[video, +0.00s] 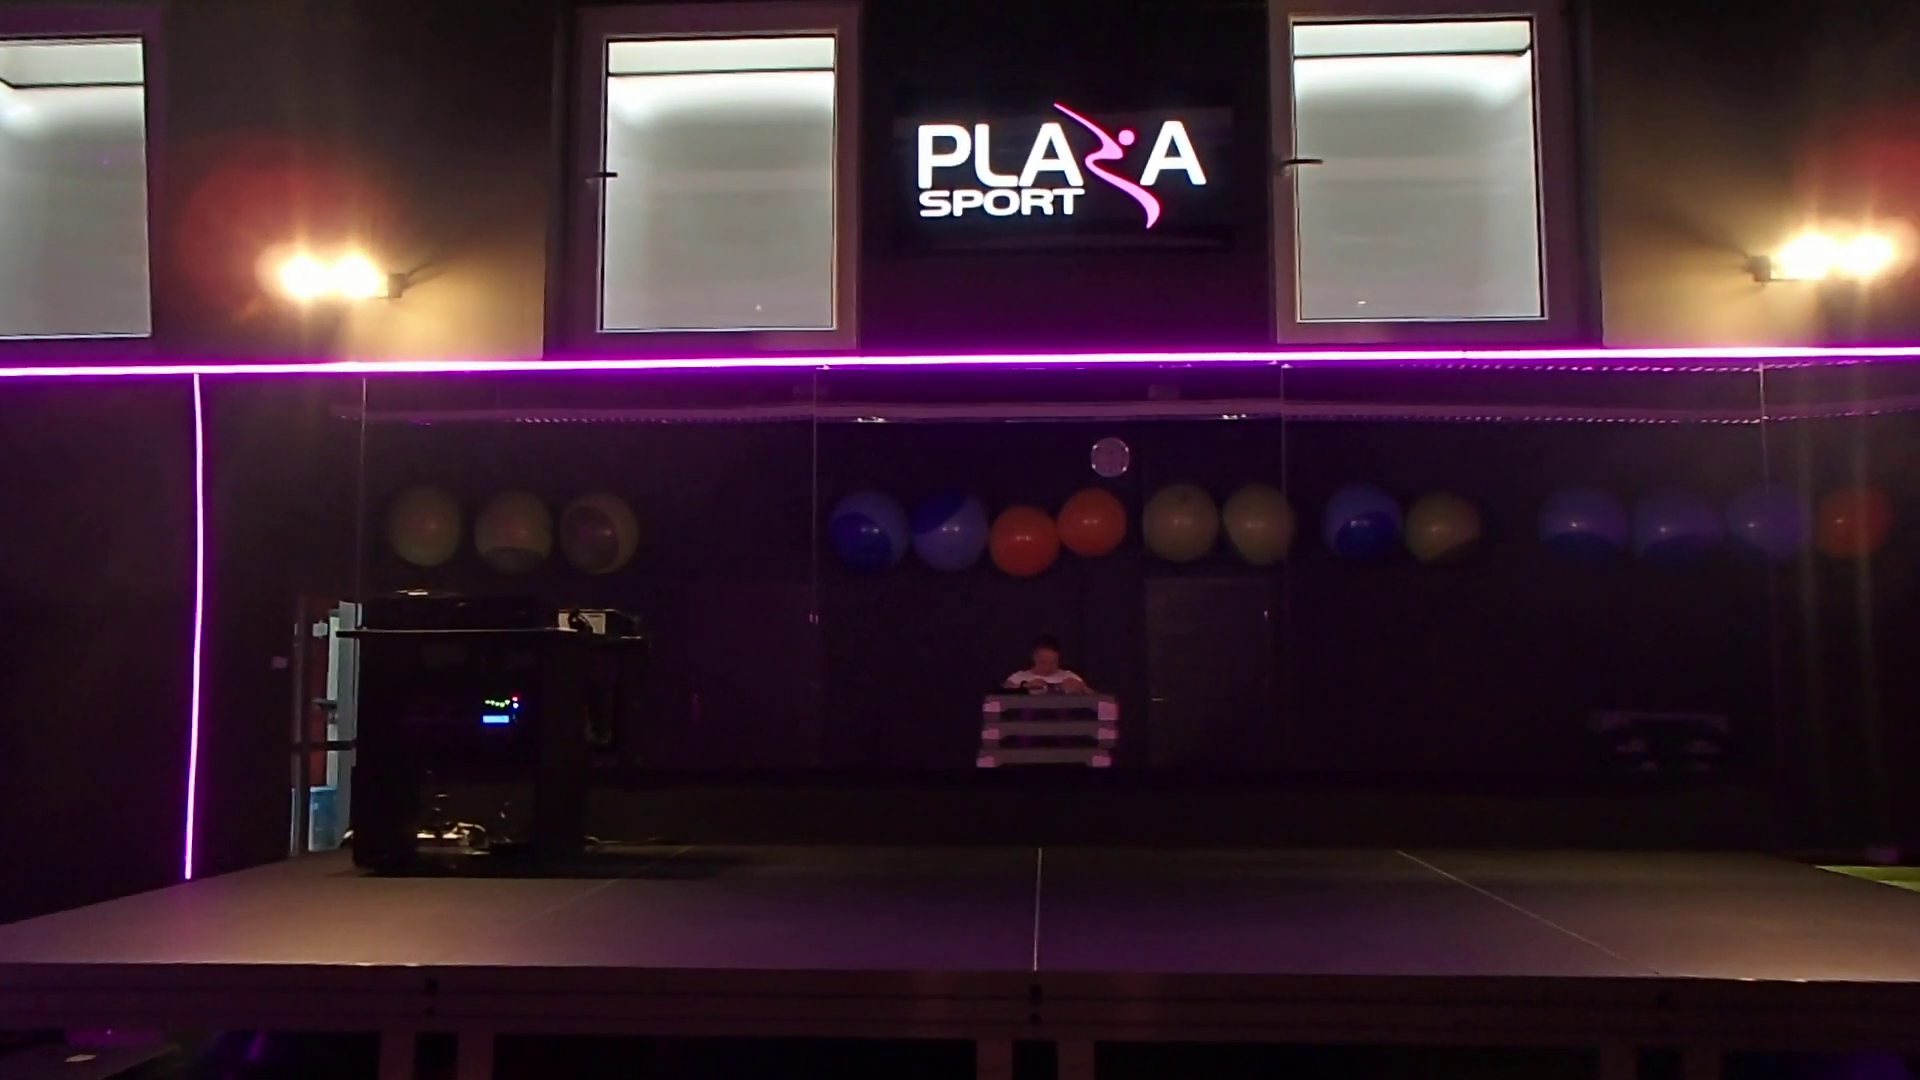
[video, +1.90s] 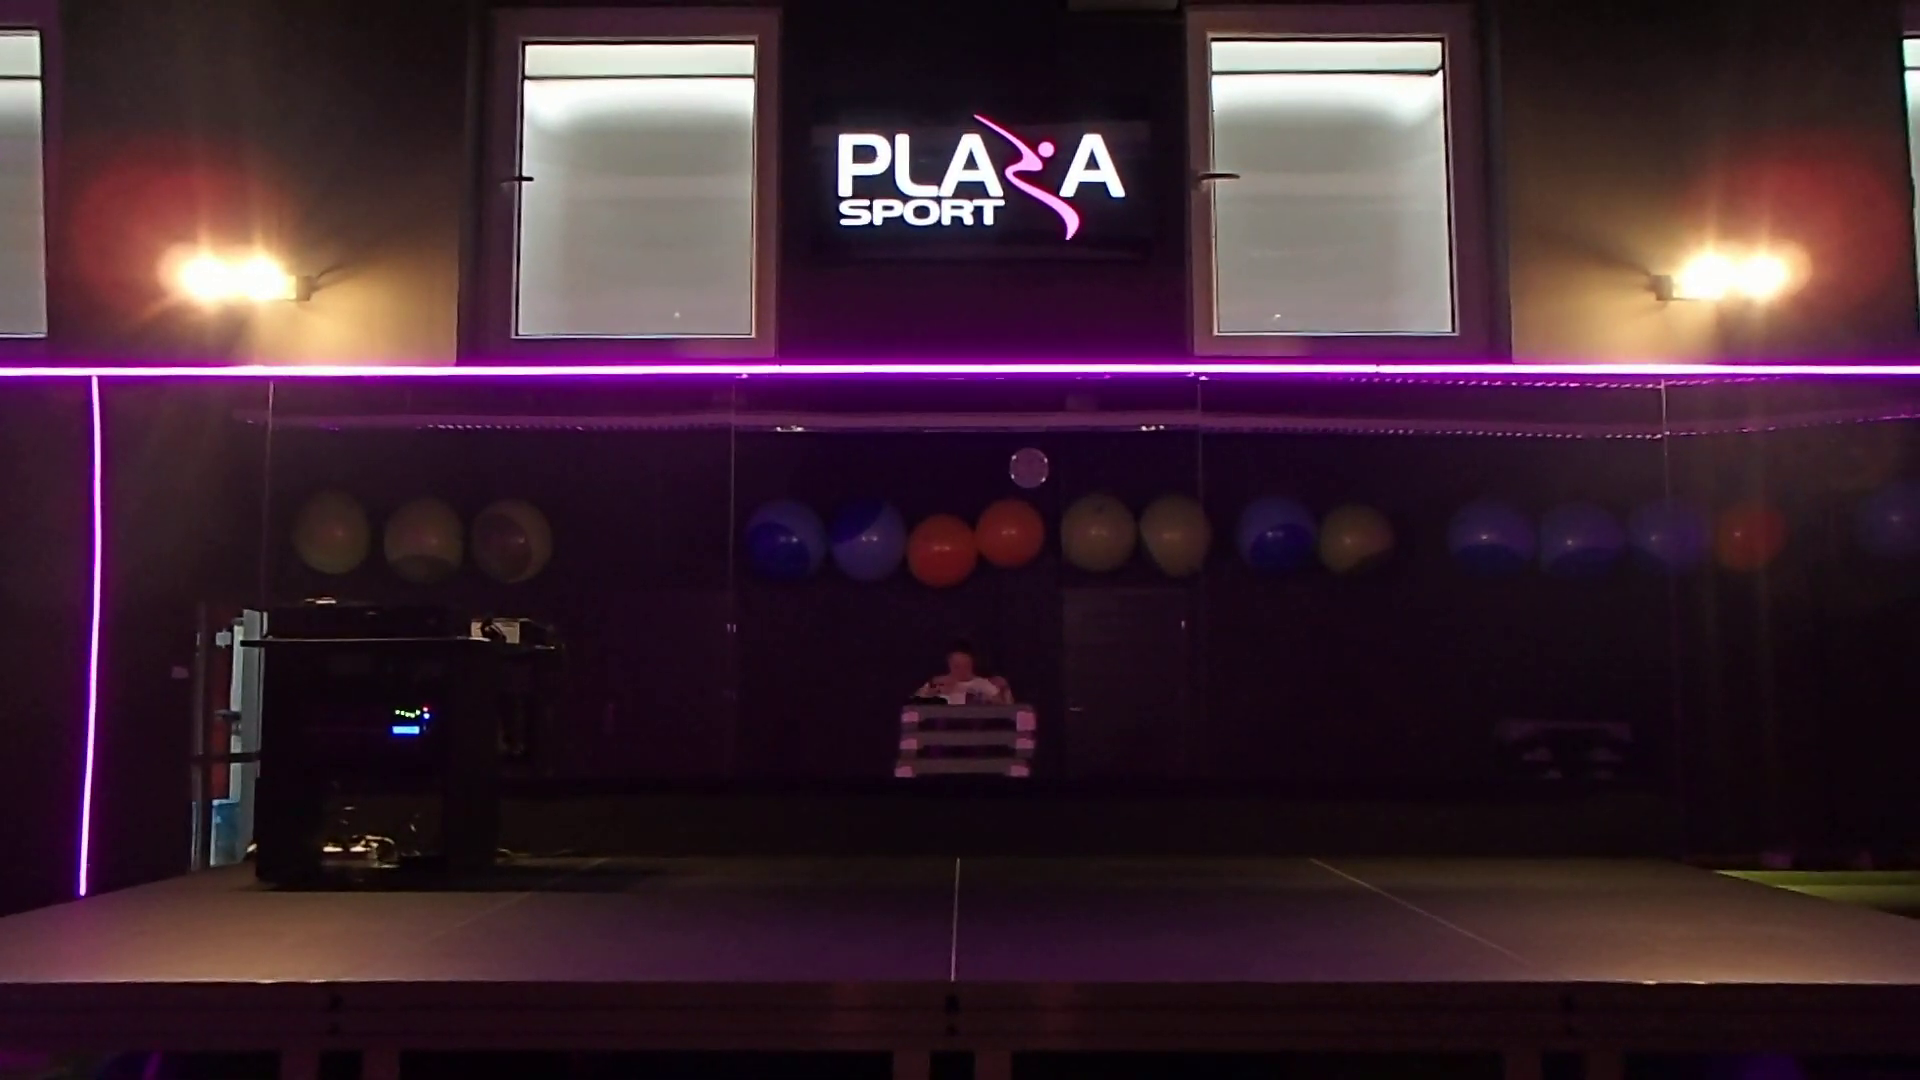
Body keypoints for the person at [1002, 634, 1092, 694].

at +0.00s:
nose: (1047, 666)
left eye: (1052, 662)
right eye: (1042, 662)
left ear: (1058, 660)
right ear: (1034, 659)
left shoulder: (1068, 677)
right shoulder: (1020, 677)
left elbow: (1092, 697)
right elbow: (1004, 692)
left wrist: (1080, 689)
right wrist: (1025, 687)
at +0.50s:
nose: (1031, 666)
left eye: (1035, 661)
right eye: (1026, 661)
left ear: (1041, 660)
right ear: (1019, 659)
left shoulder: (1052, 677)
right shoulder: (1004, 676)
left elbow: (1077, 697)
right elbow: (987, 691)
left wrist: (1064, 689)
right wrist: (1010, 686)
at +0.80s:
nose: (1010, 668)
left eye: (1015, 664)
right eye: (1005, 663)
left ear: (1021, 663)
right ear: (998, 662)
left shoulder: (1032, 678)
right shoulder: (983, 678)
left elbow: (1057, 700)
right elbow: (966, 693)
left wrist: (1043, 689)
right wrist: (989, 687)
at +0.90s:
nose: (1003, 669)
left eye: (1007, 664)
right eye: (998, 664)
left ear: (1012, 664)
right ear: (990, 664)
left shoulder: (1024, 679)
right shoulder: (976, 679)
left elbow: (1049, 701)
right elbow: (958, 694)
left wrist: (1033, 690)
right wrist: (981, 688)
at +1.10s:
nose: (976, 673)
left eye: (980, 669)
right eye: (972, 669)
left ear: (986, 669)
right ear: (965, 669)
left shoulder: (998, 684)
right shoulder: (950, 684)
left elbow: (1022, 705)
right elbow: (934, 698)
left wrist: (1007, 695)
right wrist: (956, 694)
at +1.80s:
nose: (965, 672)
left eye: (969, 667)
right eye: (961, 668)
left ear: (975, 667)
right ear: (953, 668)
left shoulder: (987, 685)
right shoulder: (939, 685)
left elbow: (1011, 706)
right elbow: (922, 700)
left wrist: (998, 696)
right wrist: (943, 691)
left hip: (980, 724)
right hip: (947, 724)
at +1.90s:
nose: (961, 669)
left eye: (965, 665)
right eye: (956, 665)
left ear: (971, 665)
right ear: (950, 665)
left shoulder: (981, 684)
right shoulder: (938, 683)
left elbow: (1005, 705)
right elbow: (915, 701)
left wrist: (1004, 690)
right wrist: (933, 690)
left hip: (976, 724)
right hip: (944, 724)